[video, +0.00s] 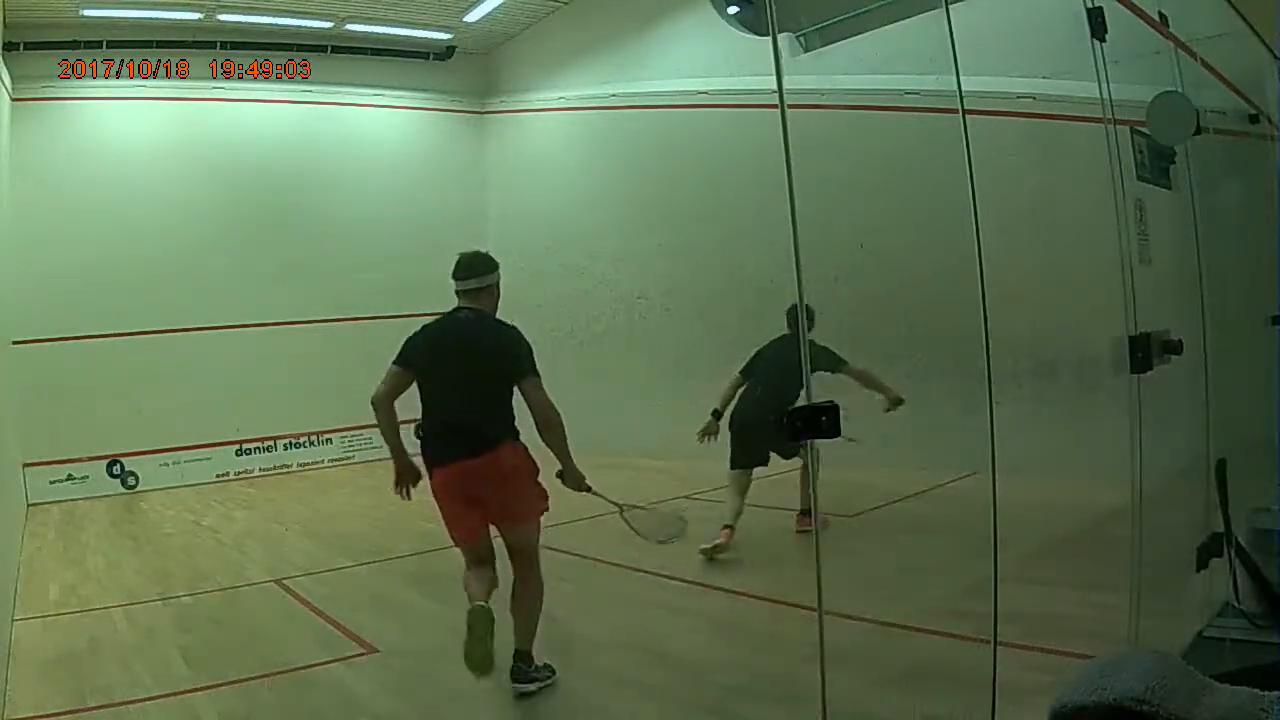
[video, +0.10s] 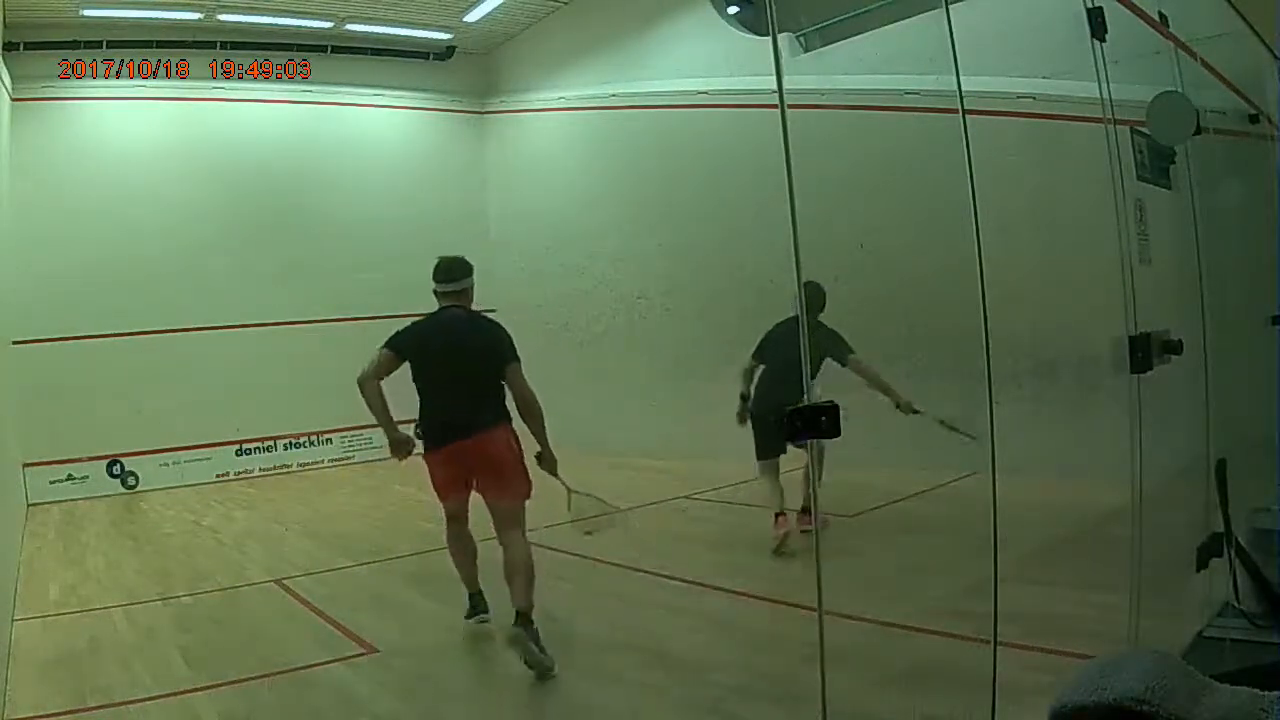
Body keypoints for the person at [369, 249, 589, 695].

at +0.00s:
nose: (497, 296)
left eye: (491, 290)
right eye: (497, 290)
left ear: (457, 291)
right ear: (494, 290)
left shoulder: (425, 339)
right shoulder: (507, 338)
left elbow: (382, 400)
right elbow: (544, 415)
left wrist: (400, 459)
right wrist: (568, 466)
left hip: (447, 472)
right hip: (503, 464)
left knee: (477, 559)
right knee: (525, 561)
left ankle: (478, 607)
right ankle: (524, 664)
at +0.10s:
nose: (468, 297)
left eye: (453, 292)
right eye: (469, 291)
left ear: (436, 293)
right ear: (471, 292)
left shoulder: (415, 334)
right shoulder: (491, 331)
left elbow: (368, 379)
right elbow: (523, 396)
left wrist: (391, 432)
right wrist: (544, 445)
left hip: (442, 450)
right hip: (495, 443)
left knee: (456, 520)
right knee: (512, 534)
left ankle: (476, 600)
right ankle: (524, 621)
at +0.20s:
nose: (459, 300)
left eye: (450, 296)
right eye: (460, 296)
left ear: (428, 297)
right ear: (461, 297)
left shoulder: (408, 339)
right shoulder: (477, 334)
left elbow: (374, 394)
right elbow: (508, 389)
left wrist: (398, 444)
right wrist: (532, 435)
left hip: (436, 448)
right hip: (483, 439)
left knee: (455, 525)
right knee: (500, 514)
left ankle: (483, 601)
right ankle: (504, 572)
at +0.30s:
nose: (439, 315)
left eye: (429, 311)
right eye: (448, 310)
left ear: (424, 313)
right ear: (455, 312)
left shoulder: (408, 350)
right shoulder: (471, 348)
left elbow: (382, 405)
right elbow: (502, 393)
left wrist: (402, 440)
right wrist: (519, 437)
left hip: (426, 452)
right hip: (470, 444)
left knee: (430, 516)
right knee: (476, 501)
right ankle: (491, 562)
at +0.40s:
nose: (418, 334)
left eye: (419, 331)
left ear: (421, 334)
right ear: (448, 335)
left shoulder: (404, 371)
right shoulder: (465, 369)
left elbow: (388, 424)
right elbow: (496, 411)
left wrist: (398, 451)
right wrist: (513, 451)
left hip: (423, 461)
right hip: (463, 456)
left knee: (406, 501)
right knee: (463, 497)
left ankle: (436, 554)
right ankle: (480, 554)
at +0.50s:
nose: (401, 342)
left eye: (402, 339)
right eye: (404, 338)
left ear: (405, 342)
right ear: (431, 343)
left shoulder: (389, 379)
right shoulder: (447, 375)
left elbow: (371, 426)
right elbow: (474, 421)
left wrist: (374, 456)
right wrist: (489, 451)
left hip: (413, 467)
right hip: (452, 460)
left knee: (400, 503)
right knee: (459, 488)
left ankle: (405, 550)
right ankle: (470, 534)